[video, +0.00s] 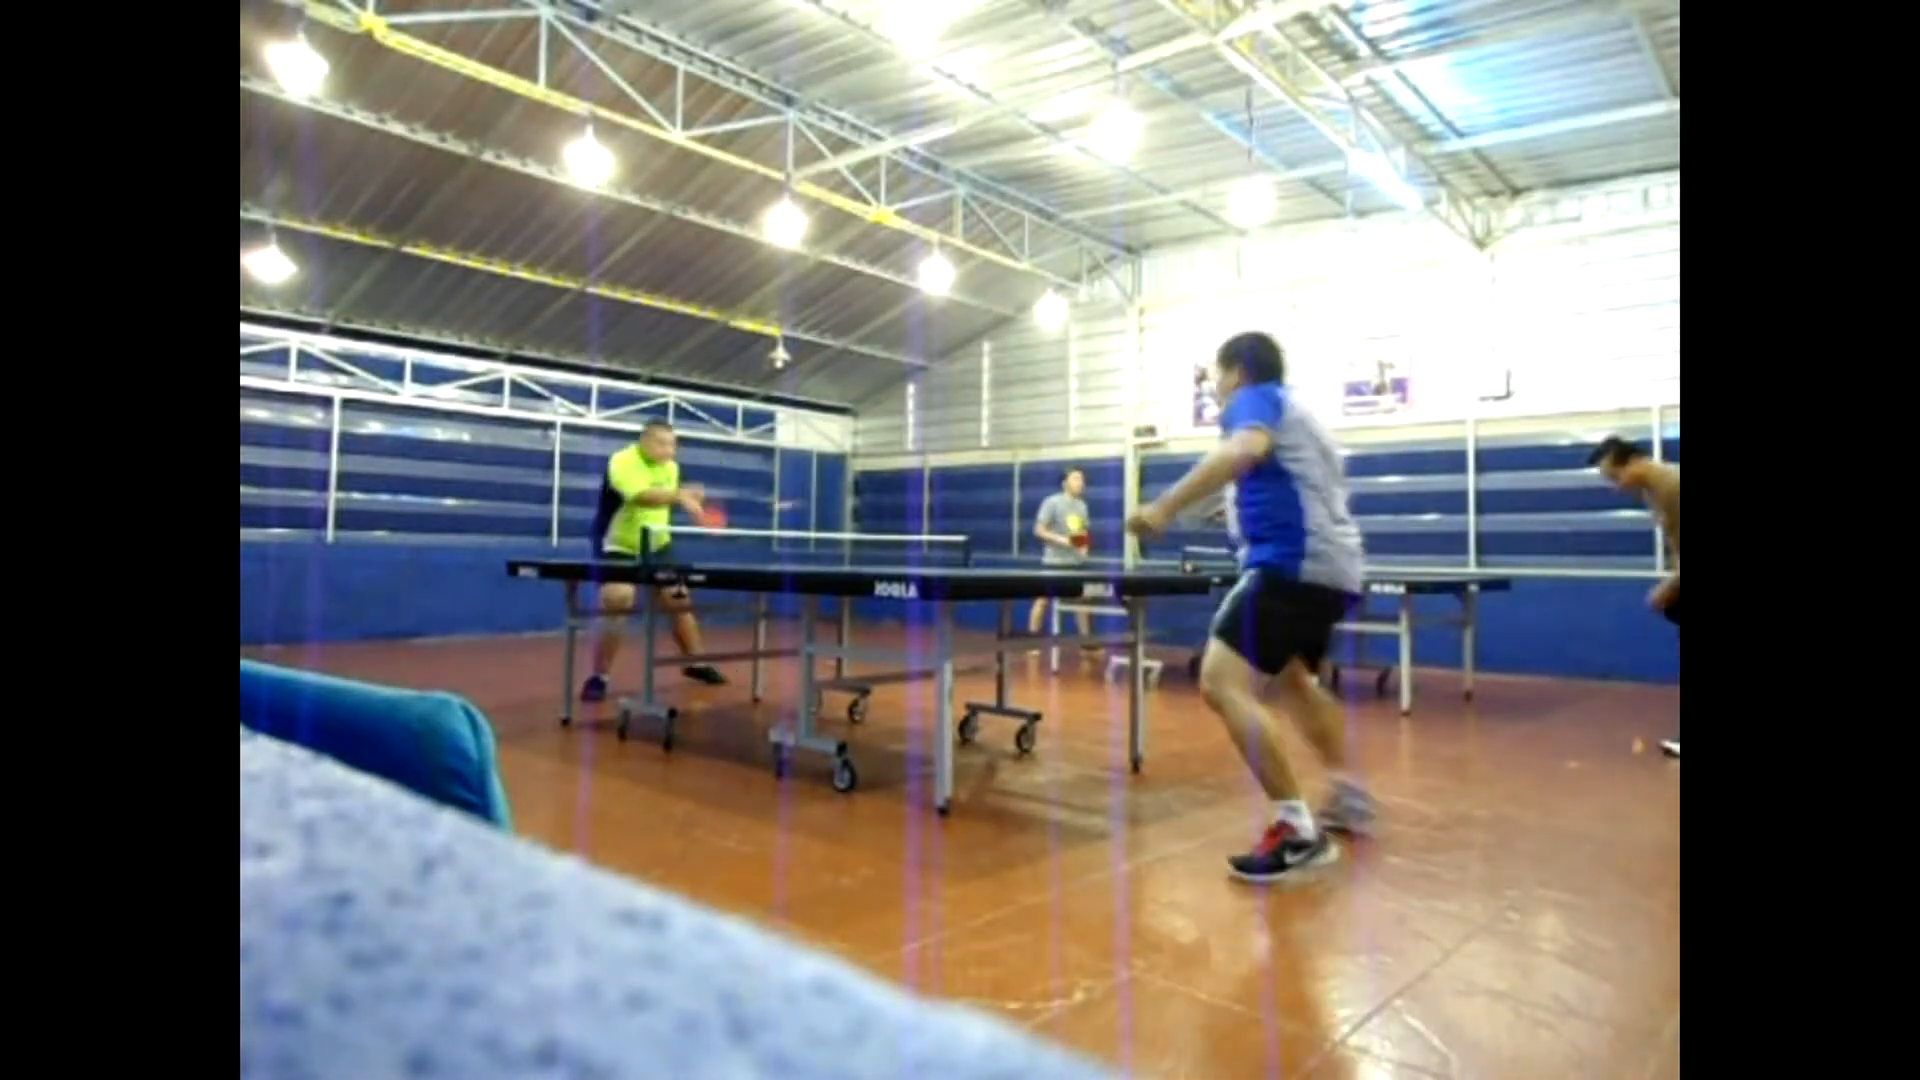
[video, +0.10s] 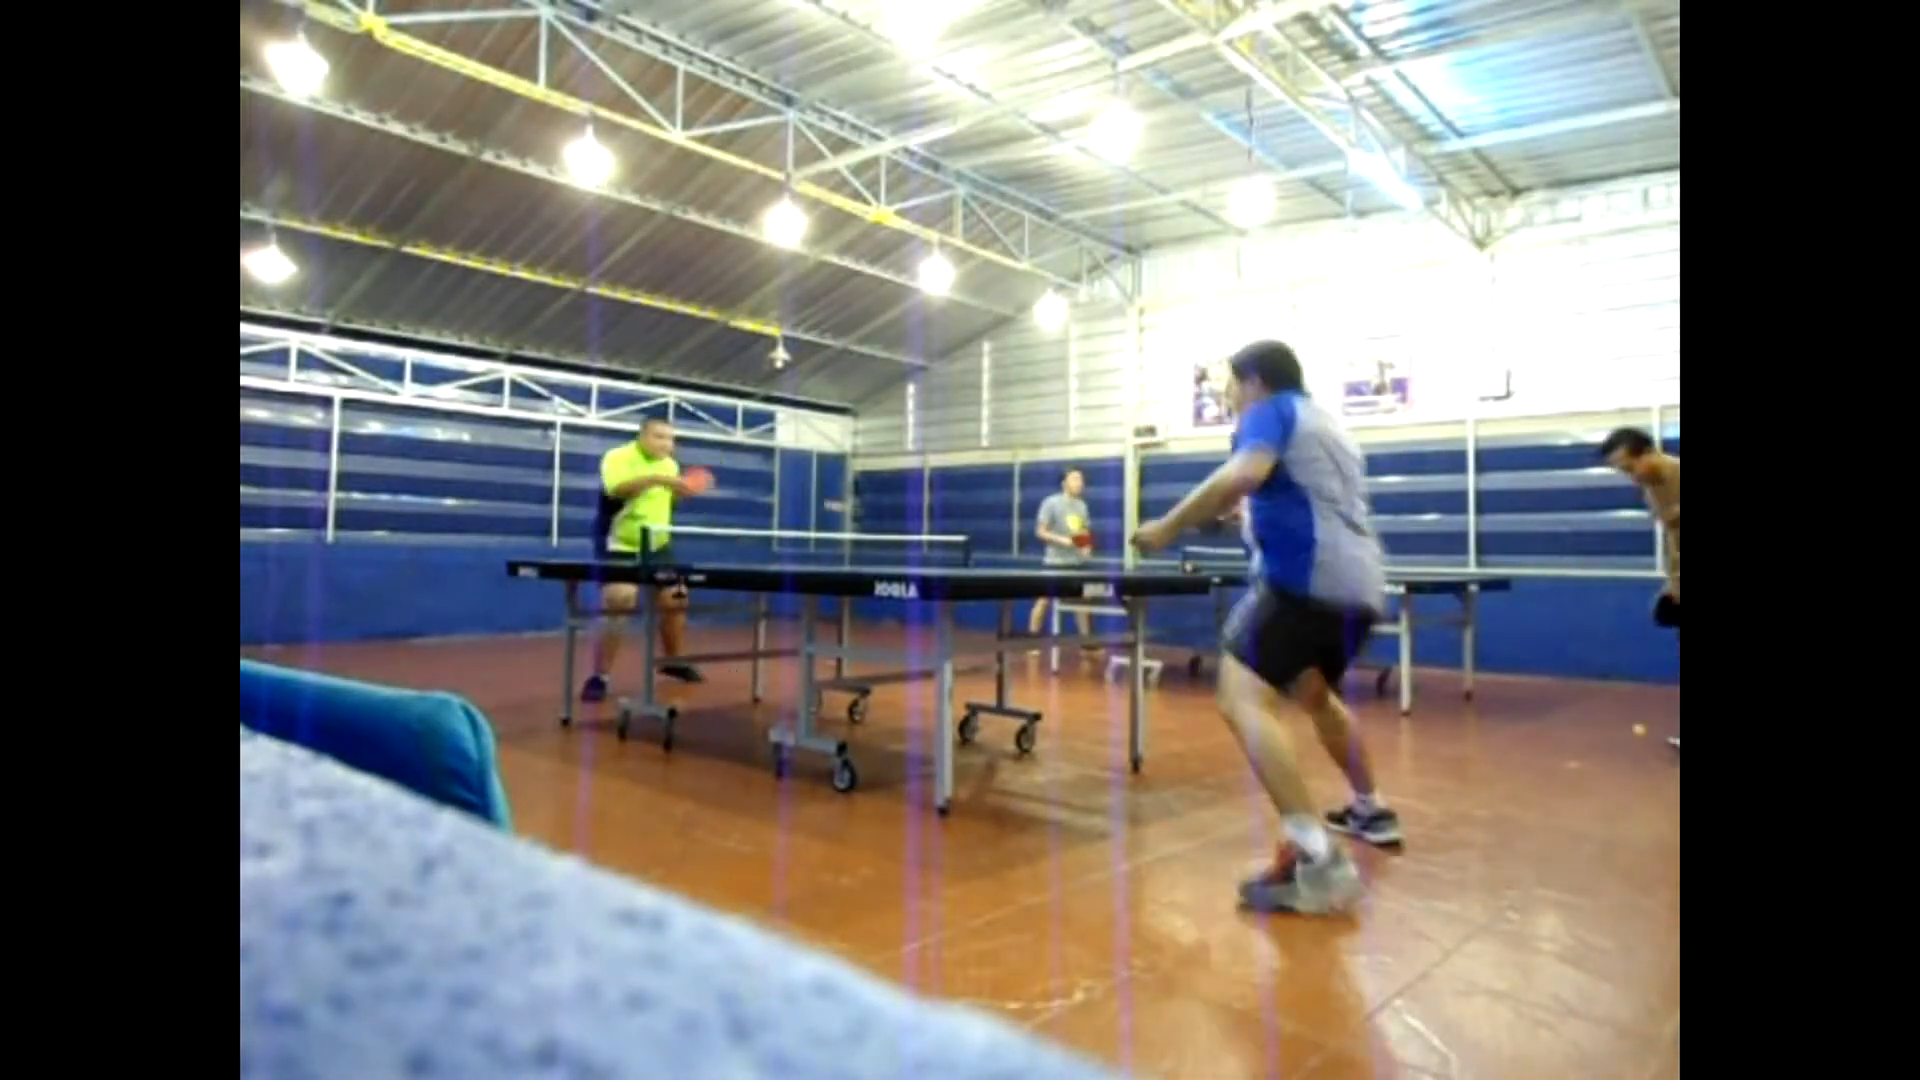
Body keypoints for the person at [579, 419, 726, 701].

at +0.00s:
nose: (667, 450)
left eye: (670, 444)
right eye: (661, 443)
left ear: (673, 447)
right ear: (645, 442)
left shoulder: (671, 467)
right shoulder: (621, 462)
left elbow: (664, 498)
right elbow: (638, 495)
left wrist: (687, 501)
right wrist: (680, 497)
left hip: (658, 544)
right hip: (620, 545)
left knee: (679, 600)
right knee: (618, 602)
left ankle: (695, 661)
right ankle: (600, 675)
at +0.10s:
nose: (666, 444)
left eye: (670, 438)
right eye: (659, 436)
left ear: (672, 441)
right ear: (642, 436)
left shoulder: (669, 465)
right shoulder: (617, 457)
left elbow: (667, 498)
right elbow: (616, 489)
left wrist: (687, 487)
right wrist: (660, 481)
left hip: (658, 543)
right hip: (621, 545)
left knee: (675, 598)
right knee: (620, 602)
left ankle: (674, 659)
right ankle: (601, 674)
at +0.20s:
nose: (665, 443)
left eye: (670, 438)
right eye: (659, 436)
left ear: (673, 442)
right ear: (643, 436)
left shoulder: (672, 470)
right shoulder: (621, 458)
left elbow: (672, 503)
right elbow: (598, 485)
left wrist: (688, 493)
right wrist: (631, 478)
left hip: (660, 546)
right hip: (624, 545)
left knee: (671, 602)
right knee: (624, 602)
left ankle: (664, 662)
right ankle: (601, 675)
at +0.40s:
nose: (664, 442)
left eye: (669, 436)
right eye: (658, 434)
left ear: (674, 440)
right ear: (645, 435)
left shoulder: (681, 471)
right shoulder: (621, 459)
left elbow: (685, 499)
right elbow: (587, 485)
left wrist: (691, 508)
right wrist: (611, 501)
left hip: (661, 544)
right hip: (620, 542)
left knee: (670, 602)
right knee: (607, 598)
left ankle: (664, 662)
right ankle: (582, 666)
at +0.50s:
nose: (658, 441)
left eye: (663, 436)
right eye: (652, 434)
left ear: (668, 439)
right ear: (639, 434)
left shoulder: (676, 470)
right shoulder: (615, 458)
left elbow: (687, 498)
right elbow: (581, 484)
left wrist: (685, 502)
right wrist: (608, 502)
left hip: (657, 545)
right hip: (614, 542)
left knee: (669, 600)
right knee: (591, 599)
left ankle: (664, 662)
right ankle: (560, 663)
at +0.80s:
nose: (635, 460)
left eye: (639, 454)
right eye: (629, 453)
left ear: (644, 458)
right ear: (614, 454)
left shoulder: (648, 487)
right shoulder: (590, 478)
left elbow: (662, 521)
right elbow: (570, 514)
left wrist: (662, 510)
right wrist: (618, 529)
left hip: (629, 563)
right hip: (588, 560)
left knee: (668, 599)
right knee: (564, 604)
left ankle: (662, 663)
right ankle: (537, 671)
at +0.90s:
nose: (635, 460)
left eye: (638, 454)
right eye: (629, 454)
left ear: (642, 457)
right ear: (613, 455)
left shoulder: (646, 484)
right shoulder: (595, 483)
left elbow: (649, 518)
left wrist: (670, 510)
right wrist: (651, 523)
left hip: (629, 562)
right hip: (590, 561)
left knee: (665, 598)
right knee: (565, 603)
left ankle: (663, 663)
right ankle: (537, 672)